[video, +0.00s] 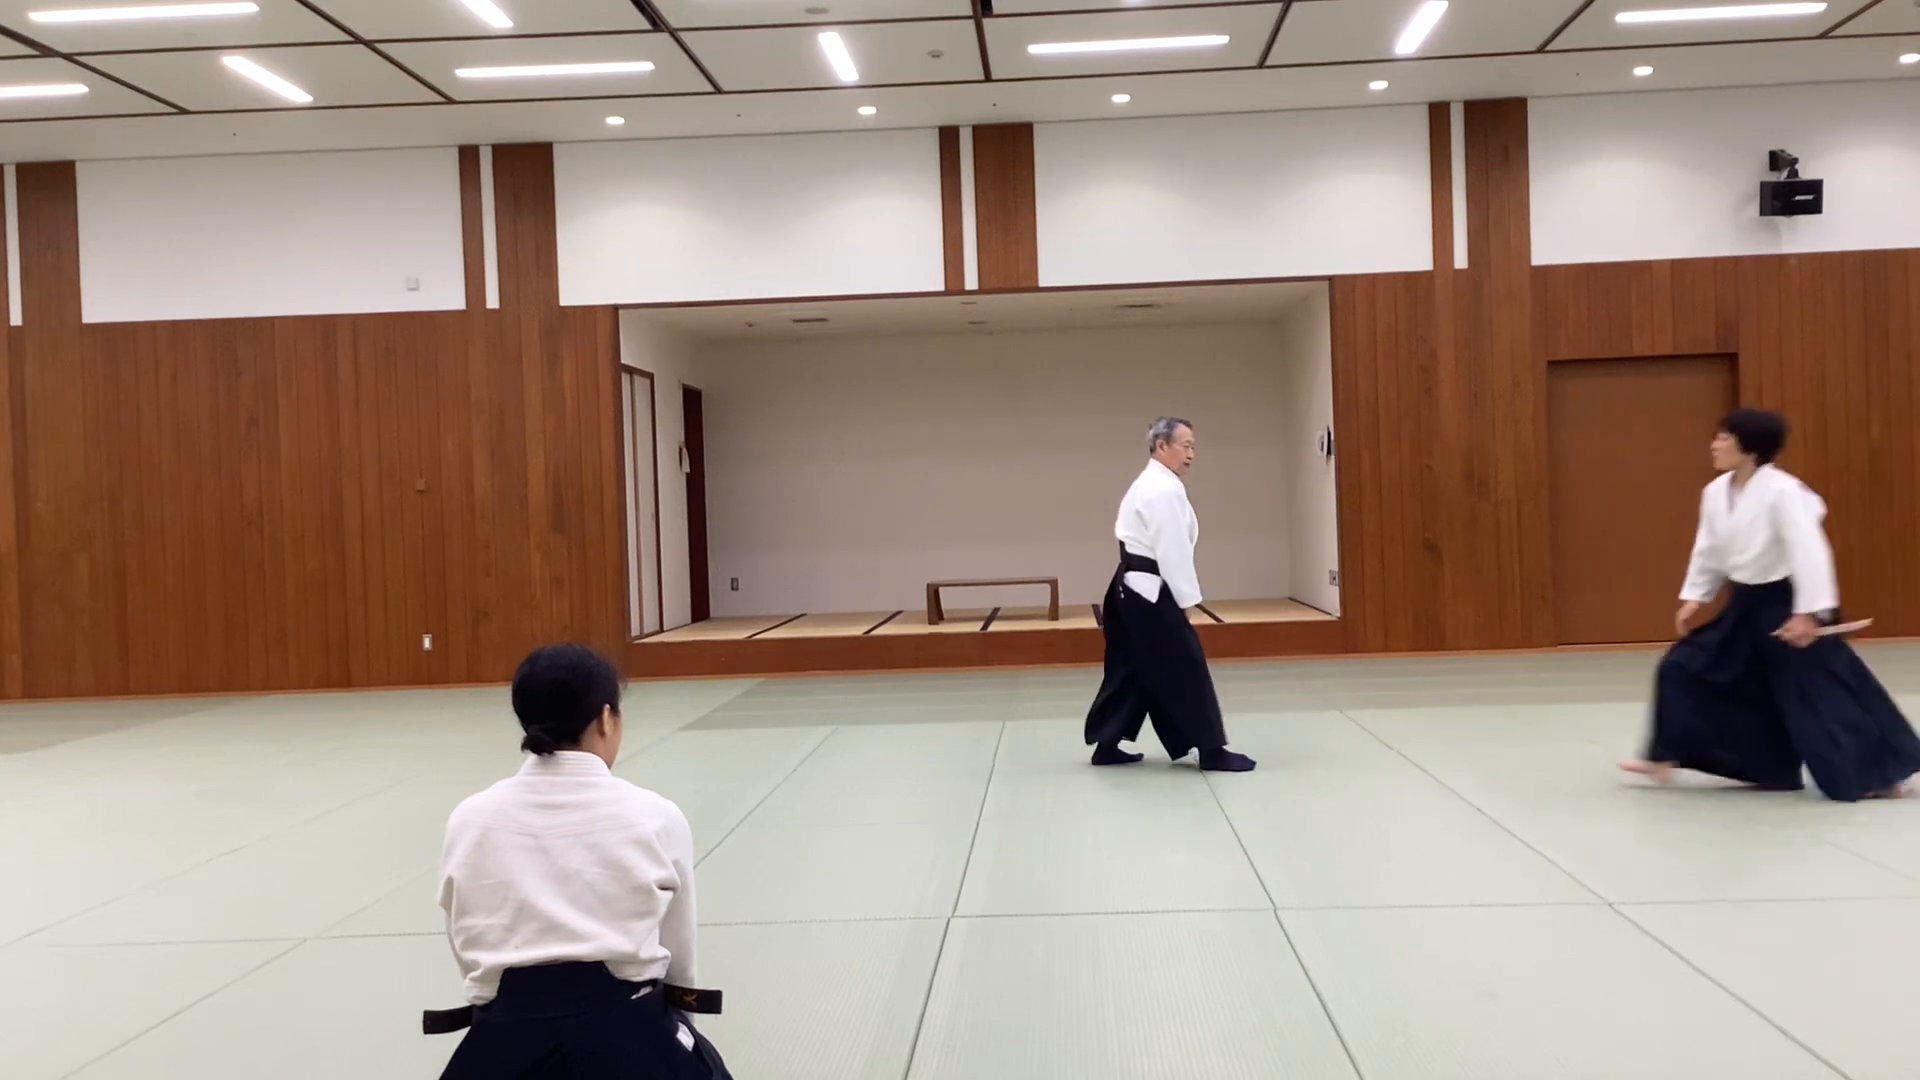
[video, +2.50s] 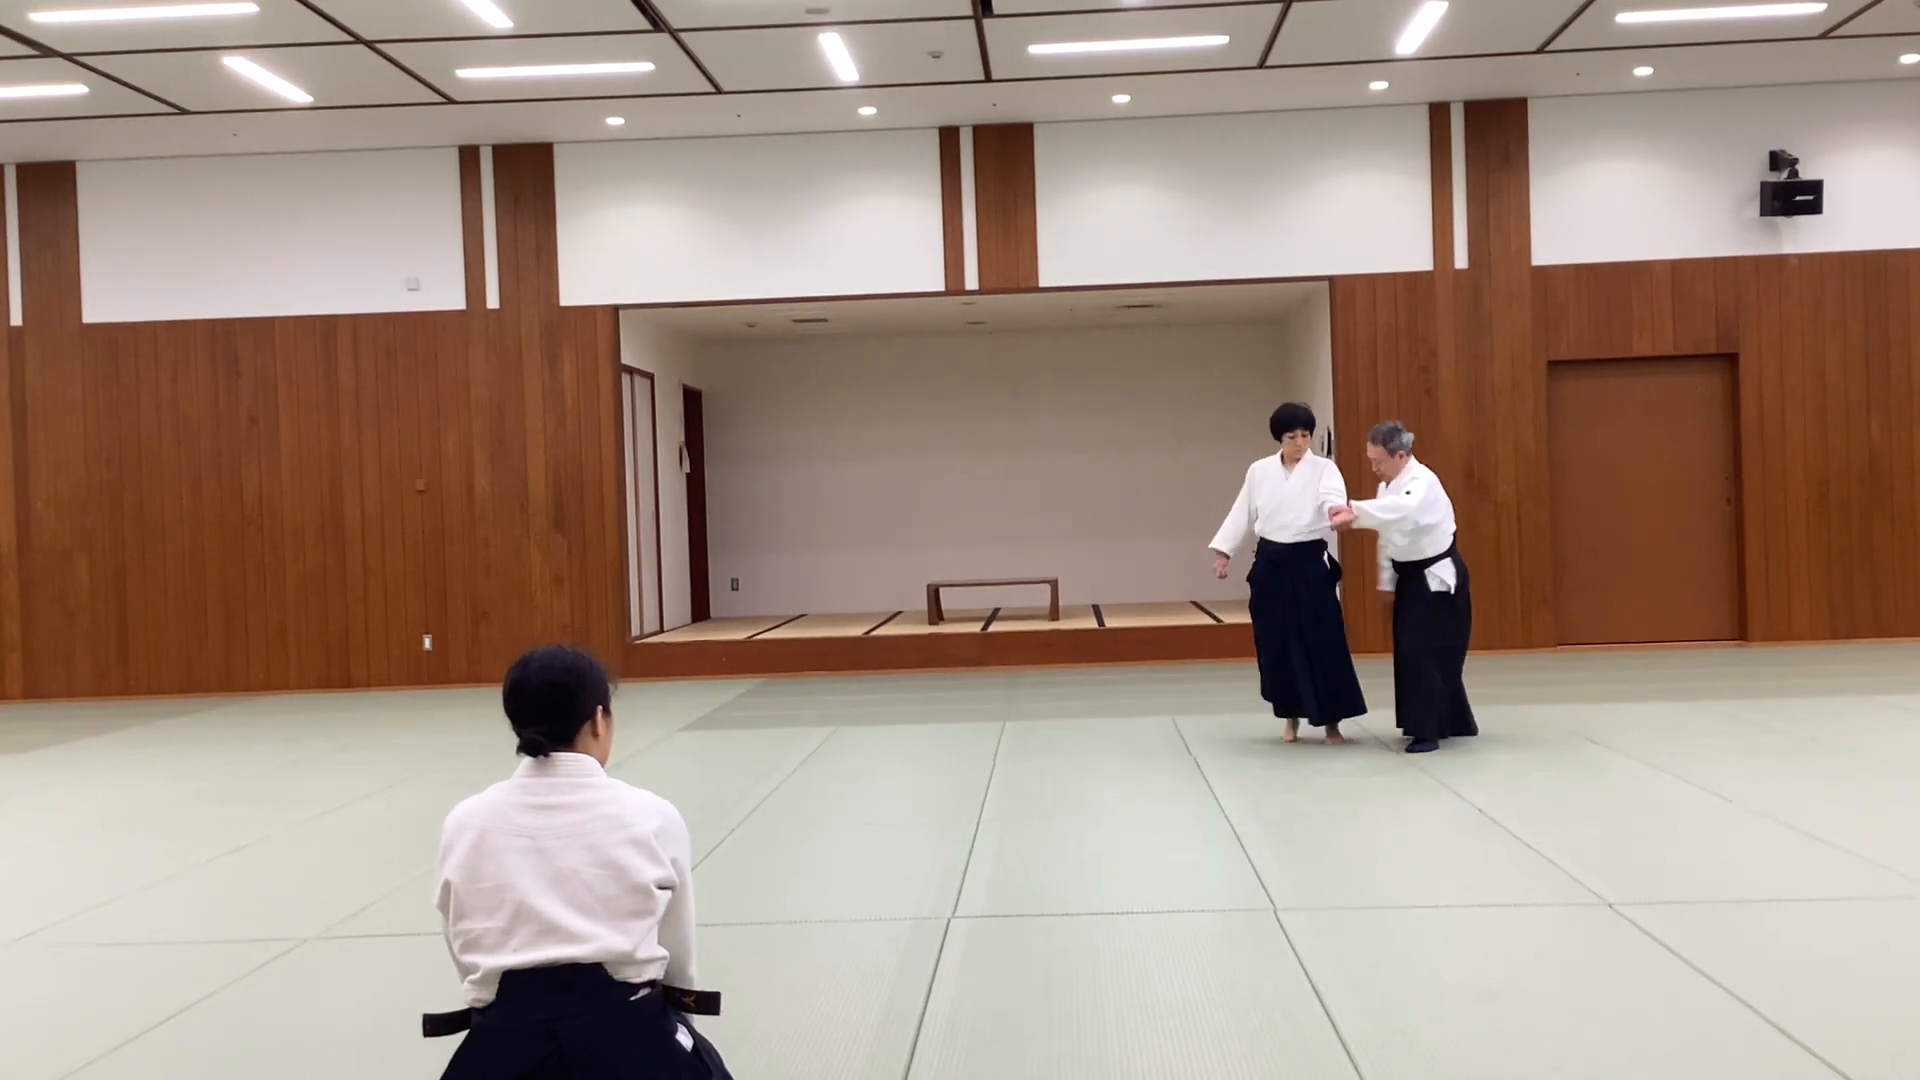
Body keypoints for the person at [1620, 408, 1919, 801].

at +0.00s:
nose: (1715, 444)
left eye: (1725, 439)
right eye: (1717, 437)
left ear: (1751, 449)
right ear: (1734, 449)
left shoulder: (1785, 492)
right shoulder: (1716, 492)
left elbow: (1810, 552)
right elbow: (1707, 550)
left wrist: (1807, 612)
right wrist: (1692, 597)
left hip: (1784, 605)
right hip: (1742, 605)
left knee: (1821, 685)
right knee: (1679, 666)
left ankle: (1882, 770)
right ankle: (1662, 759)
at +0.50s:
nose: (1456, 454)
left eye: (1461, 449)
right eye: (1458, 448)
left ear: (1478, 456)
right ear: (1498, 455)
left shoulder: (1472, 496)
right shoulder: (1522, 481)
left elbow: (1409, 487)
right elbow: (1557, 507)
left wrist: (1423, 440)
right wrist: (1528, 532)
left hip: (1501, 602)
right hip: (1534, 595)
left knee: (1442, 672)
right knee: (1541, 686)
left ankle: (1380, 752)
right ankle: (1606, 761)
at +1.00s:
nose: (1311, 442)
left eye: (1311, 436)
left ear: (1314, 437)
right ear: (1352, 434)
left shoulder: (1294, 474)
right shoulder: (1375, 470)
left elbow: (1243, 499)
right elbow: (1414, 507)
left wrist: (1221, 482)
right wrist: (1464, 528)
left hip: (1311, 578)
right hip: (1362, 578)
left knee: (1294, 658)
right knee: (1345, 664)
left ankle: (1285, 744)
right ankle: (1324, 751)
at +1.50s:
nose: (1330, 530)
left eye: (1334, 525)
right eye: (1331, 523)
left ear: (1313, 512)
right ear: (1314, 512)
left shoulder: (1298, 538)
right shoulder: (1283, 520)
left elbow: (1298, 581)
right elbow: (1244, 542)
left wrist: (1331, 597)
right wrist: (1256, 565)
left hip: (1233, 614)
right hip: (1213, 605)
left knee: (1256, 683)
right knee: (1190, 676)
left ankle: (1219, 746)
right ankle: (1125, 724)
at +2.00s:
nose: (1288, 467)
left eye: (1293, 461)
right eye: (1282, 461)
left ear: (1297, 459)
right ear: (1265, 458)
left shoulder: (1306, 490)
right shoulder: (1242, 484)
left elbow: (1331, 523)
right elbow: (1219, 521)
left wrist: (1349, 547)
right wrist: (1199, 556)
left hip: (1290, 581)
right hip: (1249, 579)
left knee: (1305, 649)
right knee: (1252, 651)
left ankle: (1332, 707)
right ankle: (1265, 728)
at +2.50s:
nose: (1300, 442)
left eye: (1305, 435)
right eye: (1293, 436)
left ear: (1312, 436)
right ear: (1279, 436)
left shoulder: (1325, 469)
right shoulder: (1259, 470)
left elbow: (1334, 500)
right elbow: (1241, 513)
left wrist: (1338, 511)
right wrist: (1224, 550)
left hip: (1311, 562)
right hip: (1270, 564)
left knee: (1321, 640)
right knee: (1278, 642)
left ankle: (1332, 725)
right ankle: (1290, 721)